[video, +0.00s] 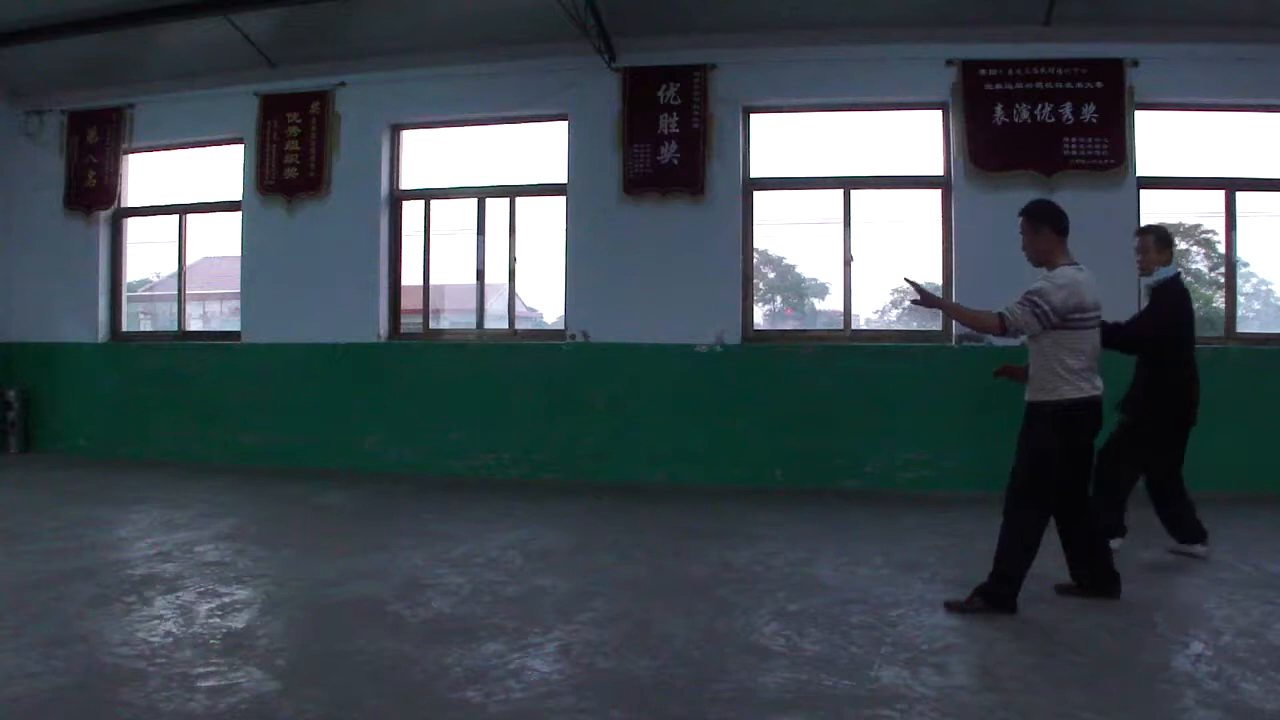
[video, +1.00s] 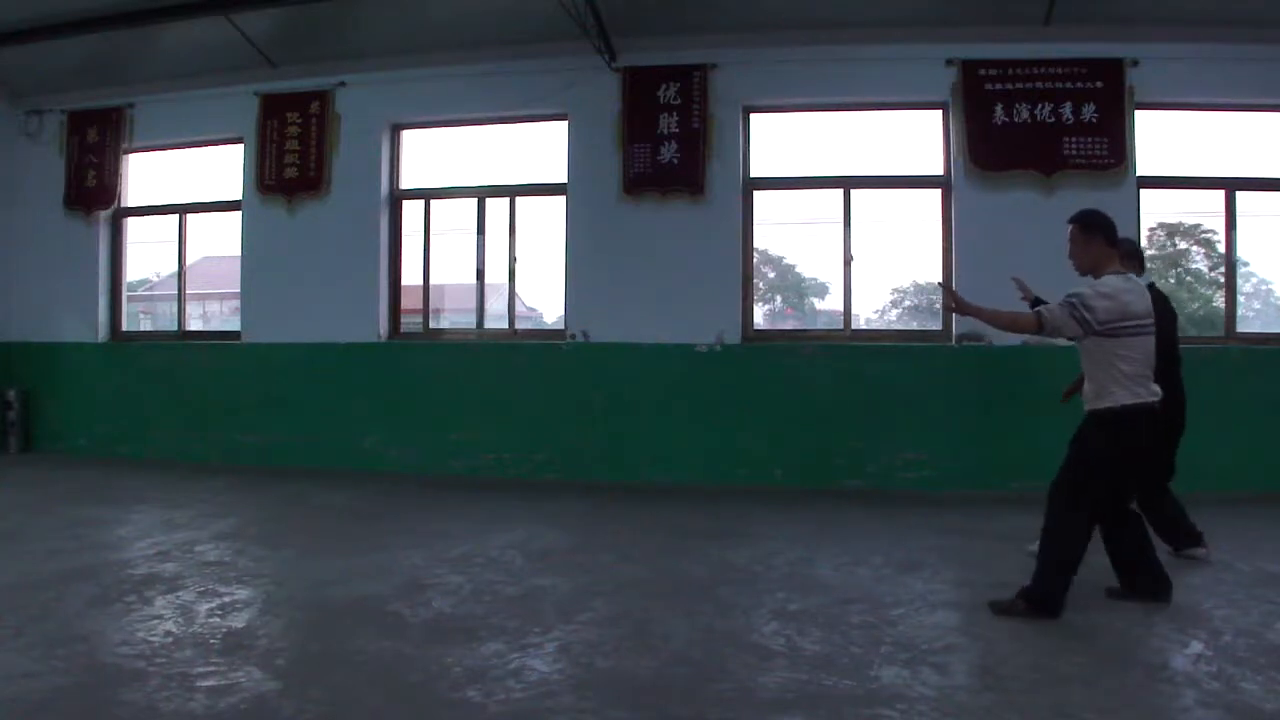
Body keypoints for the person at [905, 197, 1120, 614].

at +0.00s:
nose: (1022, 244)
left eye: (1026, 235)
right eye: (1021, 235)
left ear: (1048, 236)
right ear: (1058, 238)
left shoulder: (1053, 287)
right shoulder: (1082, 282)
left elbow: (1000, 324)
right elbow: (1078, 355)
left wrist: (942, 305)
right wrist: (1029, 372)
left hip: (1055, 410)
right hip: (1081, 406)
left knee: (1025, 501)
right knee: (1069, 497)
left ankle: (1000, 593)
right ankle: (1098, 580)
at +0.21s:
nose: (1022, 242)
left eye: (1026, 233)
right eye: (1023, 234)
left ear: (1045, 234)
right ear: (1060, 235)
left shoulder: (1050, 286)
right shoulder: (1082, 281)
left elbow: (999, 325)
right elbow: (1079, 352)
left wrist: (943, 301)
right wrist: (1029, 364)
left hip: (1054, 410)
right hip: (1084, 406)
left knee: (1022, 501)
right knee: (1075, 496)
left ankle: (999, 594)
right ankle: (1098, 581)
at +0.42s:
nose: (1022, 246)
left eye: (1024, 237)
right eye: (1021, 238)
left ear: (1040, 237)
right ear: (1060, 237)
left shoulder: (1041, 288)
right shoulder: (1084, 285)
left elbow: (991, 328)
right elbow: (1081, 356)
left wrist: (937, 301)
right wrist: (1028, 371)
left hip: (1052, 415)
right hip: (1090, 410)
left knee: (1014, 499)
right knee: (1077, 500)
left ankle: (997, 594)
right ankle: (1112, 578)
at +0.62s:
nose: (1045, 256)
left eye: (1049, 247)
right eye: (1045, 247)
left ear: (1069, 247)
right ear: (1082, 248)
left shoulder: (1069, 299)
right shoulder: (1108, 293)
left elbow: (1012, 330)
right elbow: (1096, 363)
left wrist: (954, 305)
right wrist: (1046, 377)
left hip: (1072, 425)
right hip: (1111, 421)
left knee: (1026, 505)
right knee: (1096, 506)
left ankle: (998, 593)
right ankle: (1146, 582)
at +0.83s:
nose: (1069, 254)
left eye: (1075, 245)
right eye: (1070, 245)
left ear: (1098, 245)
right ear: (1108, 246)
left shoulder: (1096, 300)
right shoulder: (1138, 293)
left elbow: (1033, 324)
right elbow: (1131, 360)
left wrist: (968, 308)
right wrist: (1084, 379)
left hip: (1106, 422)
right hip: (1141, 416)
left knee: (1060, 498)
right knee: (1108, 501)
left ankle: (1034, 596)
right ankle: (1146, 583)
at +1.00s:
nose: (1069, 252)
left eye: (1074, 243)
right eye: (1069, 244)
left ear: (1097, 243)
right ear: (1106, 245)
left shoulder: (1096, 297)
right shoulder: (1139, 292)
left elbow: (1034, 323)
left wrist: (966, 308)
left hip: (1111, 419)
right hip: (1144, 413)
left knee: (1067, 500)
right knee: (1111, 500)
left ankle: (1044, 598)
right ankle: (1146, 583)